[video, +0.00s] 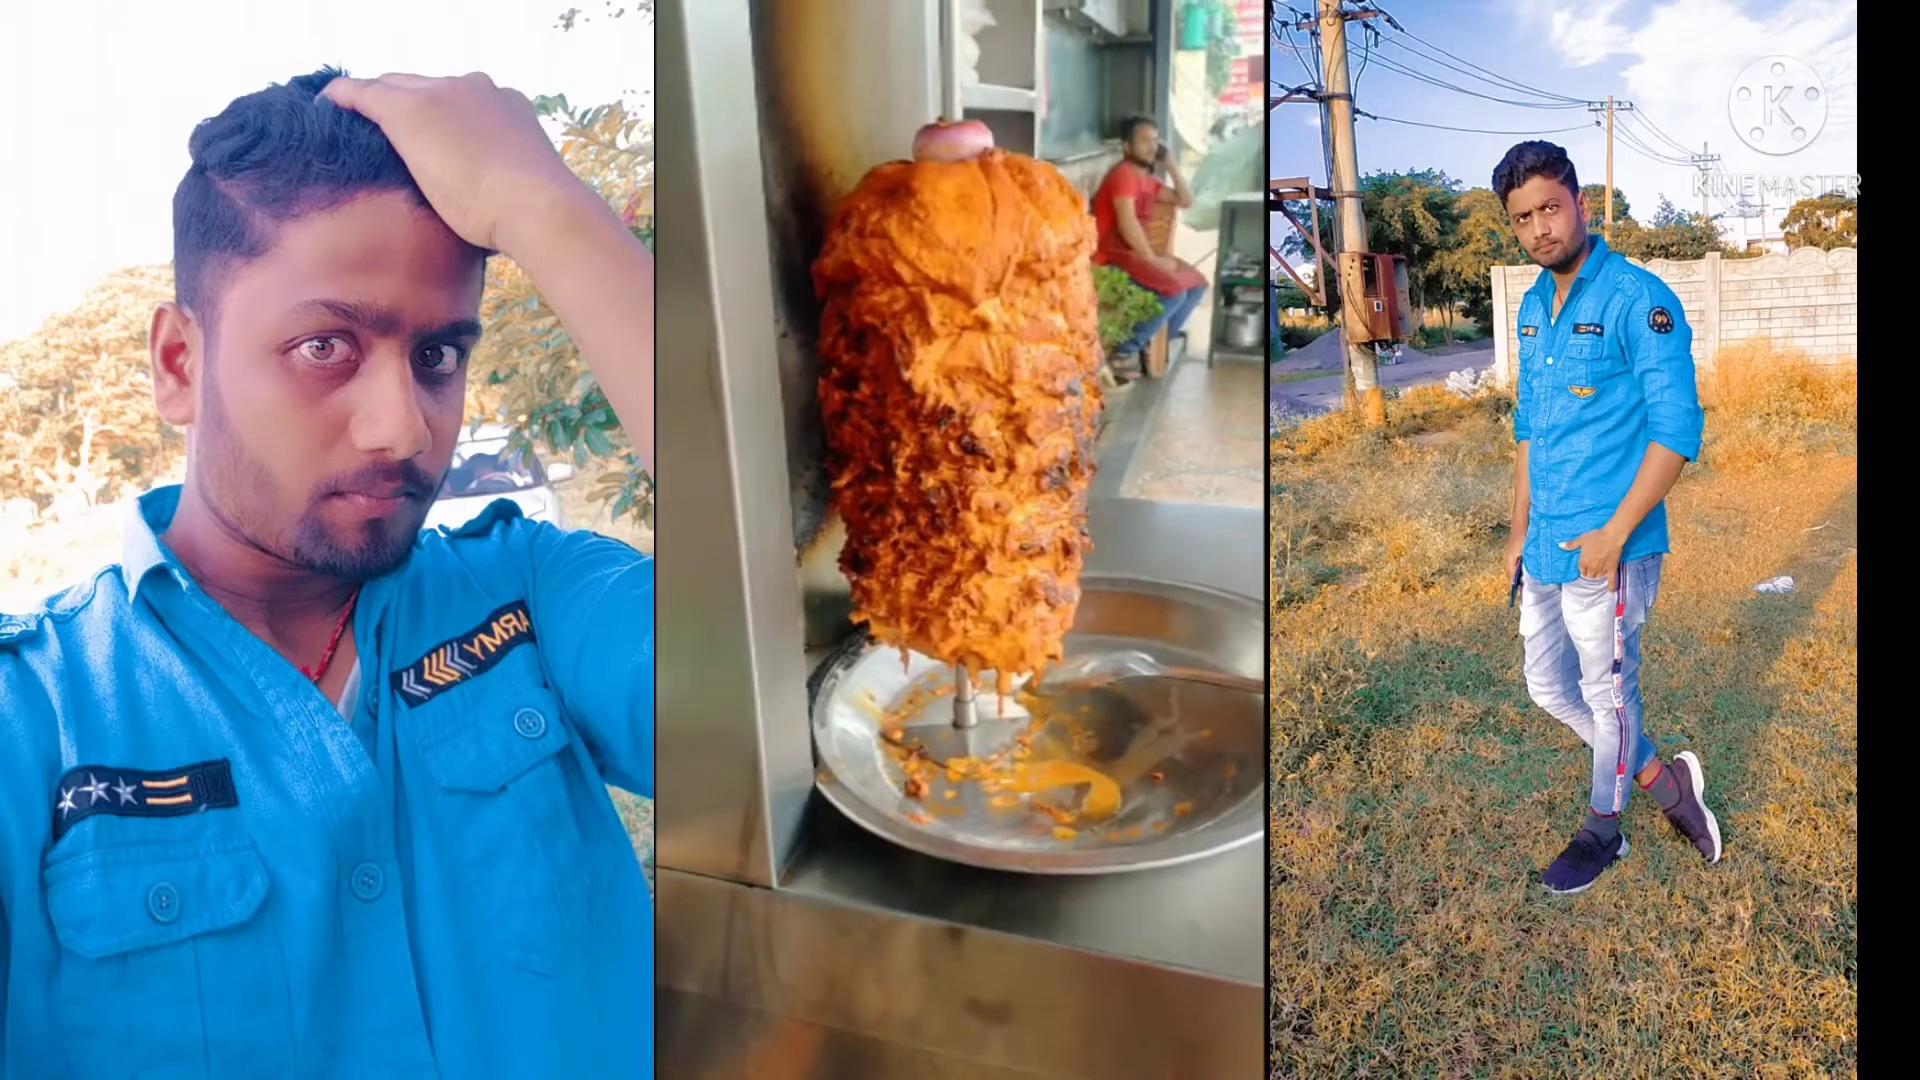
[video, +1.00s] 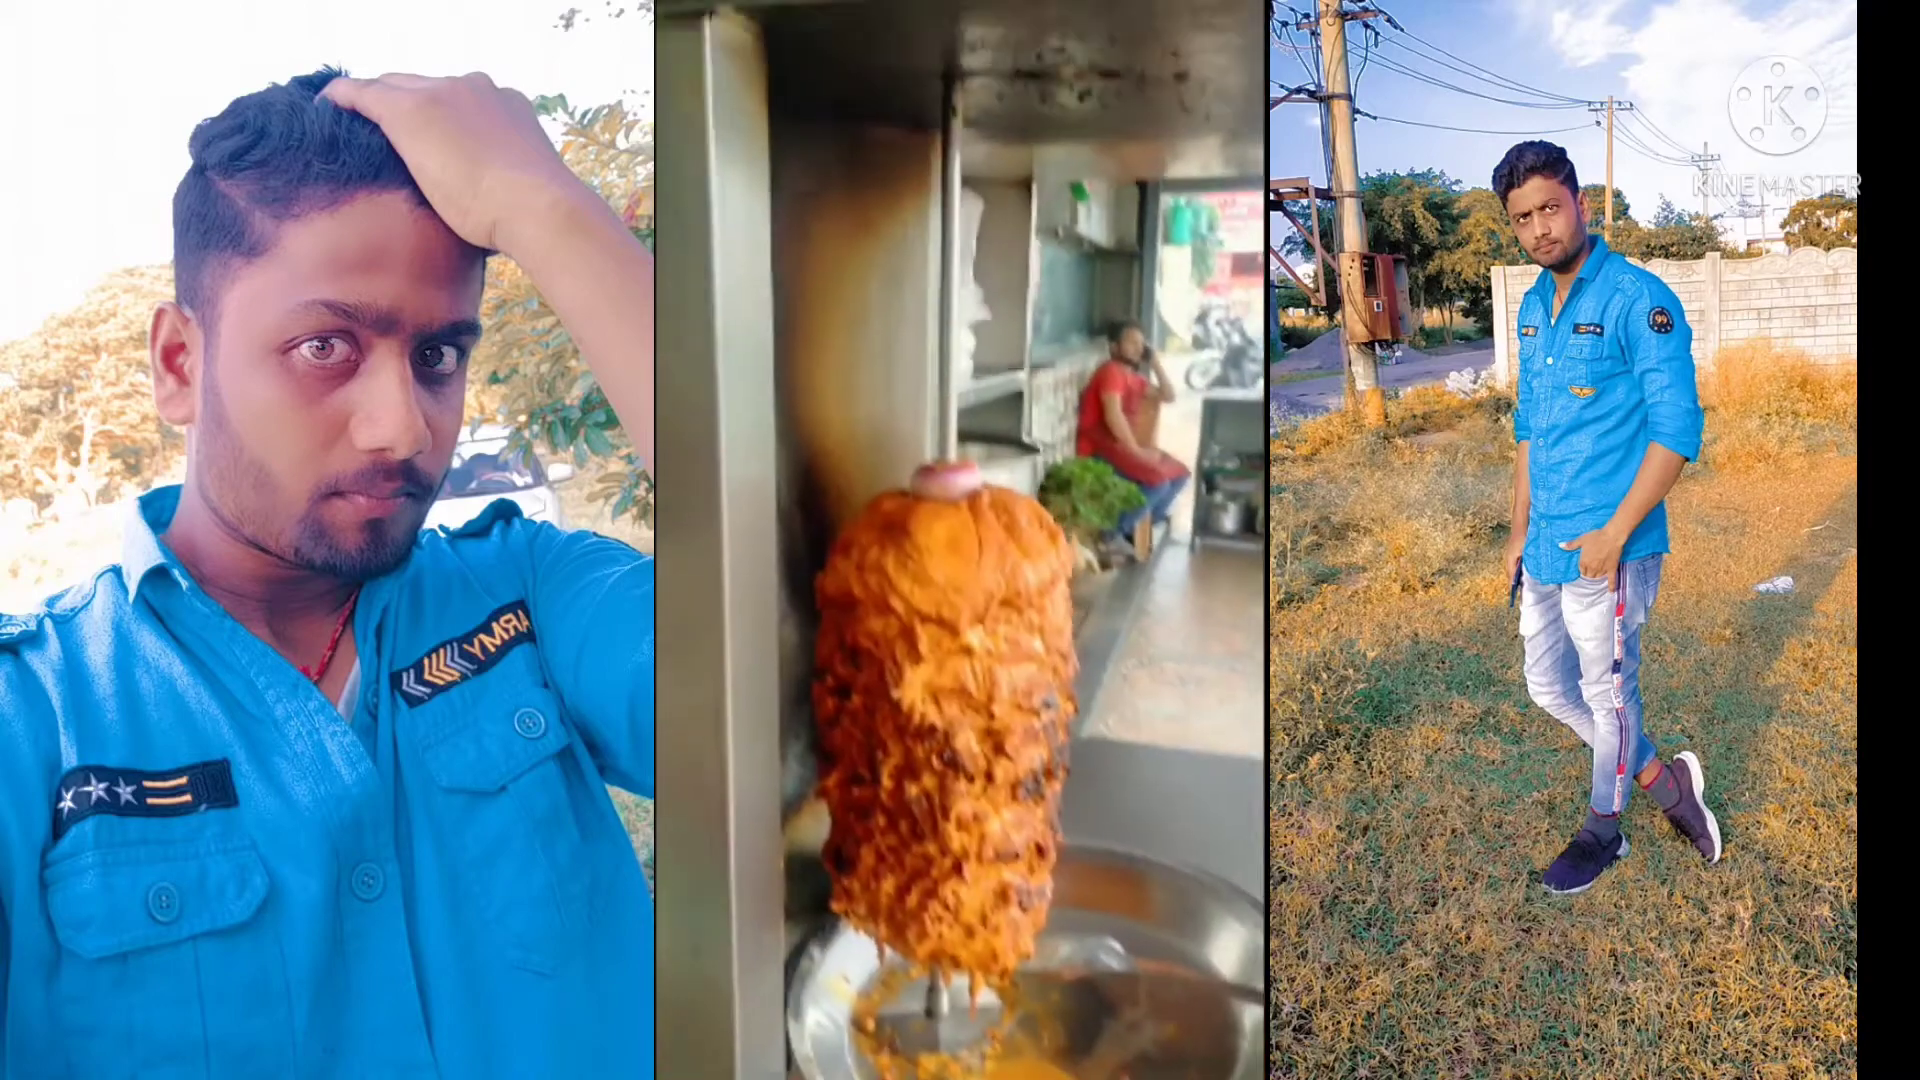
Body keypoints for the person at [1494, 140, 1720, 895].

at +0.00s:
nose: (1537, 229)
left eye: (1548, 209)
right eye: (1522, 219)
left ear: (1582, 203)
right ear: (1513, 228)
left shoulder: (1640, 298)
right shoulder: (1534, 307)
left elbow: (1678, 432)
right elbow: (1529, 431)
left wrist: (1615, 533)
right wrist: (1519, 529)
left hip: (1611, 537)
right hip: (1544, 538)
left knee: (1609, 689)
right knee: (1549, 684)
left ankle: (1602, 828)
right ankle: (1665, 778)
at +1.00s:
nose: (1537, 229)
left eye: (1548, 208)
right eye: (1522, 219)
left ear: (1582, 202)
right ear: (1513, 228)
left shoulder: (1641, 298)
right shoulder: (1534, 306)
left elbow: (1678, 432)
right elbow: (1529, 431)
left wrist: (1616, 532)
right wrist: (1520, 528)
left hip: (1612, 537)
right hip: (1544, 538)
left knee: (1610, 690)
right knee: (1549, 684)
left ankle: (1602, 828)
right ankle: (1664, 777)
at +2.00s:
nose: (1537, 229)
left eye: (1548, 208)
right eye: (1522, 219)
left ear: (1582, 202)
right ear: (1513, 228)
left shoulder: (1641, 298)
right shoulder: (1534, 306)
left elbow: (1678, 432)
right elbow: (1529, 431)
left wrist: (1616, 532)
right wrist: (1519, 528)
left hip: (1612, 537)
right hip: (1544, 538)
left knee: (1609, 690)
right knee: (1549, 685)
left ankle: (1603, 828)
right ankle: (1665, 777)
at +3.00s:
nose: (1538, 229)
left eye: (1549, 208)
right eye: (1522, 219)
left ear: (1582, 203)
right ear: (1513, 228)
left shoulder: (1640, 298)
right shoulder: (1534, 307)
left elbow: (1678, 431)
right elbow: (1529, 431)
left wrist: (1615, 533)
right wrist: (1520, 529)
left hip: (1611, 537)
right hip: (1544, 538)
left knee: (1610, 690)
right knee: (1549, 684)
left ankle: (1602, 828)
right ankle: (1665, 779)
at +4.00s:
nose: (1537, 229)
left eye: (1548, 208)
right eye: (1522, 219)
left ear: (1582, 202)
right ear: (1513, 228)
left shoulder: (1641, 299)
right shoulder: (1534, 307)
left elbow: (1678, 432)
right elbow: (1529, 431)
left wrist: (1615, 533)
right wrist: (1520, 529)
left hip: (1611, 537)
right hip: (1544, 538)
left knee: (1610, 691)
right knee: (1549, 685)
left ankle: (1602, 827)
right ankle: (1666, 778)